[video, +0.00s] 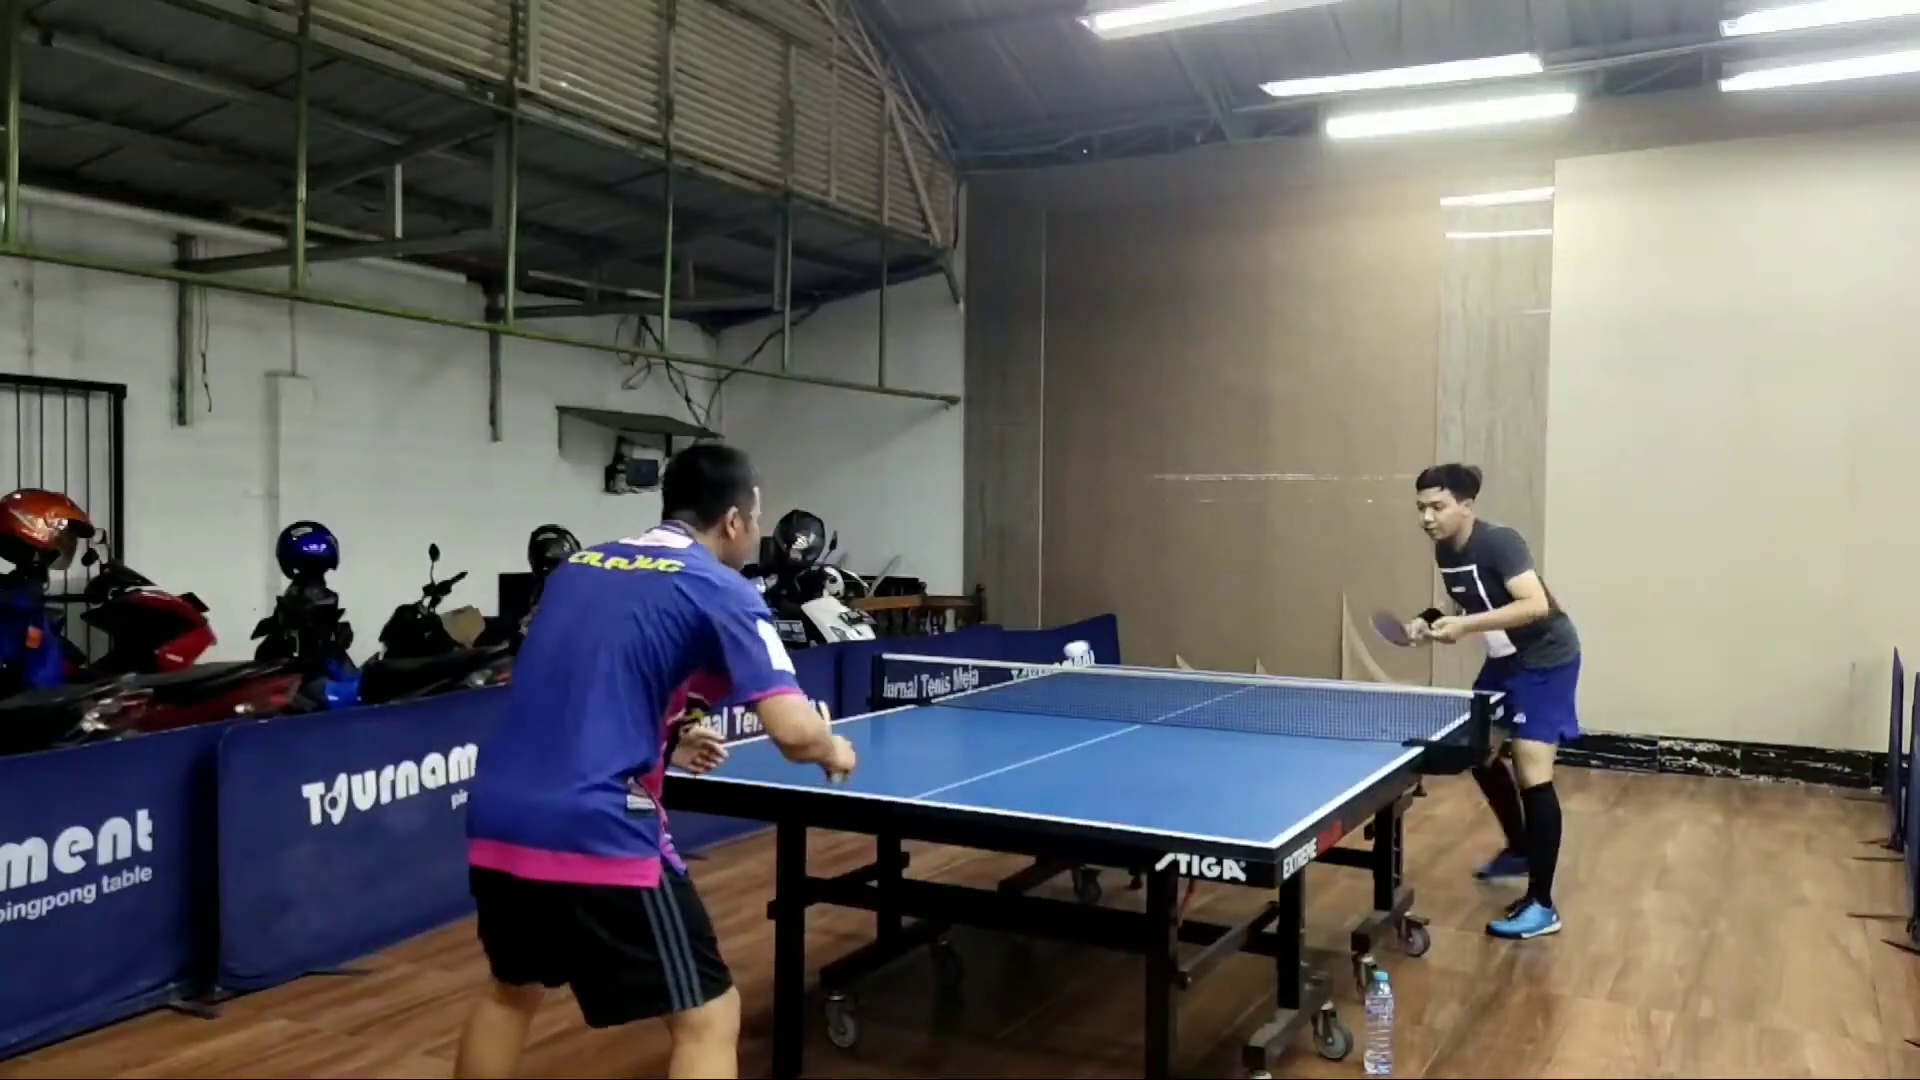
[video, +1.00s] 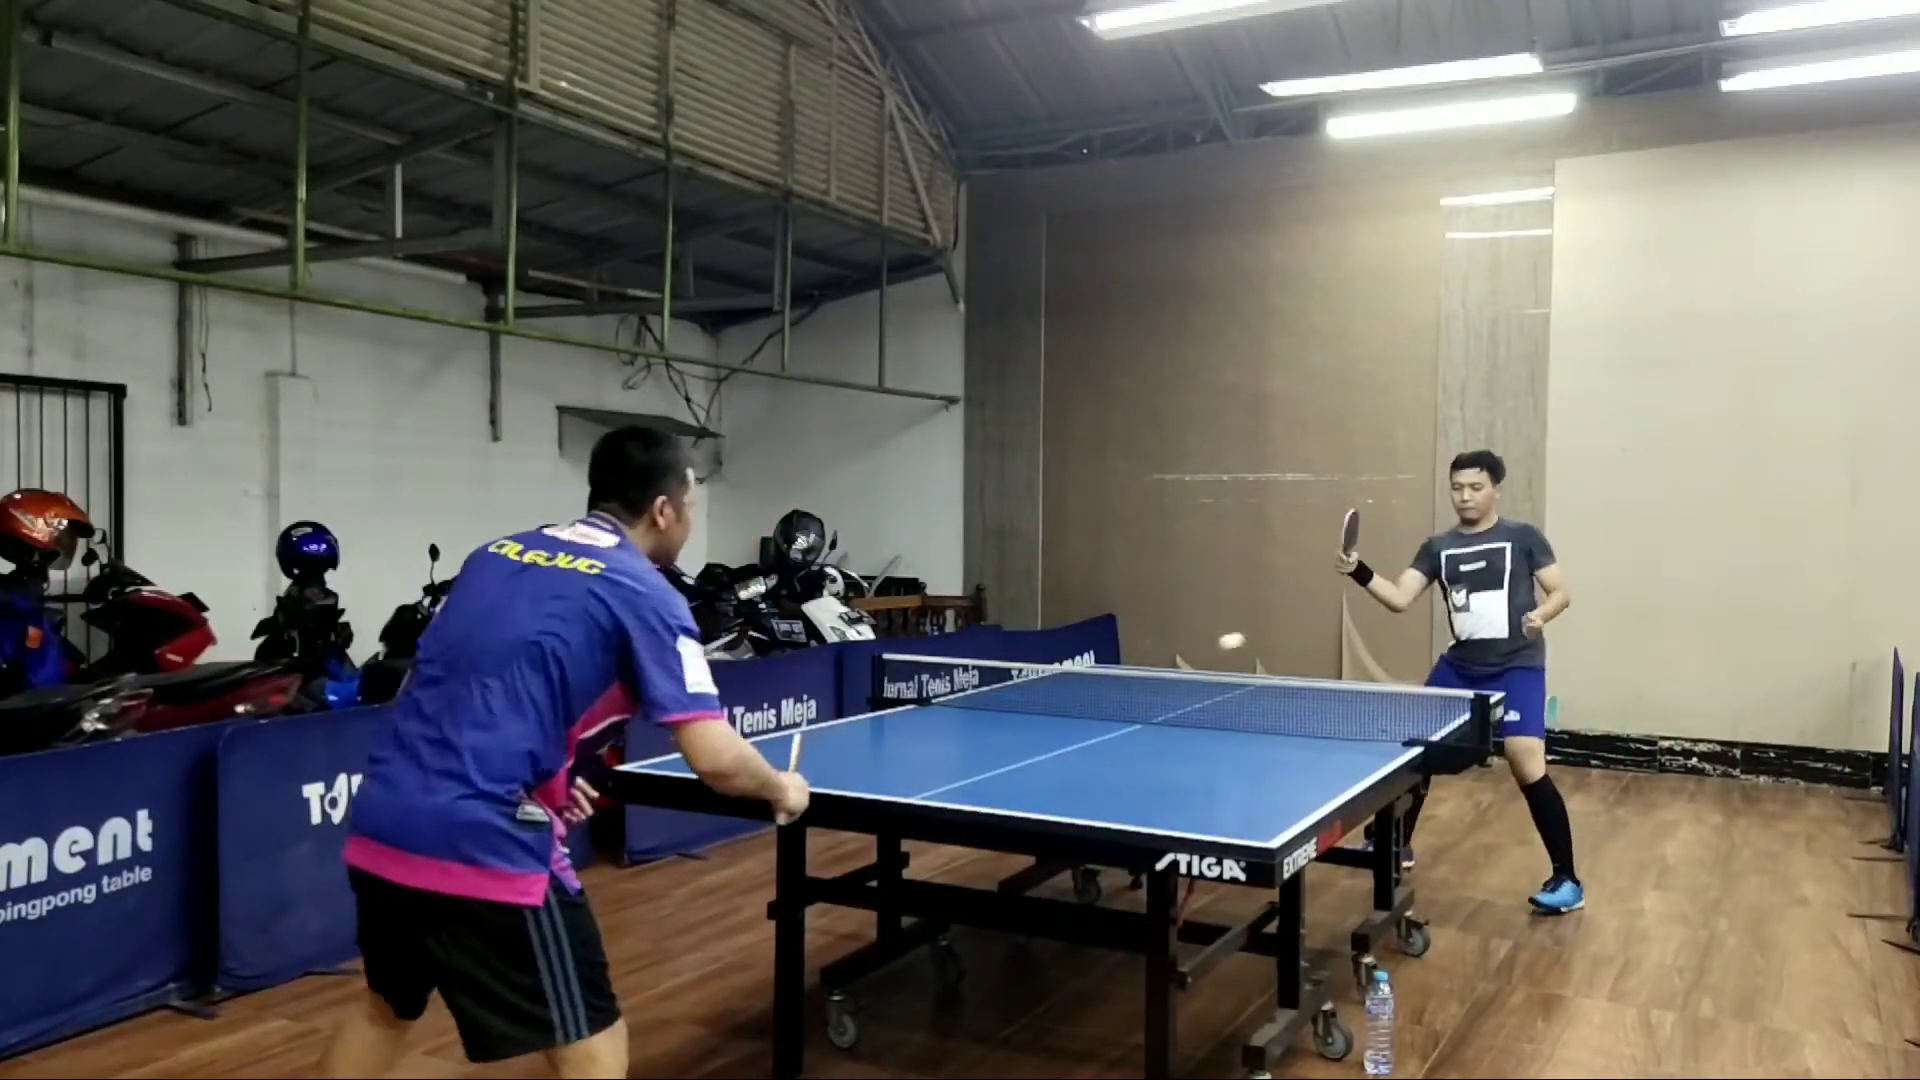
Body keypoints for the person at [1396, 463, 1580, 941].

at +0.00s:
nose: (1427, 517)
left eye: (1436, 506)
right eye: (1422, 509)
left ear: (1465, 505)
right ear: (1423, 511)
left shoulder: (1500, 543)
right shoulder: (1446, 551)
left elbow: (1537, 606)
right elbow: (1472, 606)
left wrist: (1466, 624)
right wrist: (1434, 621)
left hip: (1545, 659)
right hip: (1502, 660)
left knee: (1531, 767)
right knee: (1476, 750)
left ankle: (1542, 903)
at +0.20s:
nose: (1410, 523)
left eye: (1419, 514)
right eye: (1405, 515)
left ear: (1447, 514)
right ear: (1402, 519)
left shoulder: (1477, 553)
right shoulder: (1410, 563)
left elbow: (1495, 618)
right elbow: (1405, 619)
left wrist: (1424, 617)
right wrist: (1360, 624)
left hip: (1500, 678)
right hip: (1444, 676)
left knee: (1514, 774)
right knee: (1400, 746)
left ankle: (1540, 898)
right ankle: (1392, 842)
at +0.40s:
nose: (1388, 513)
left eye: (1397, 504)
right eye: (1382, 506)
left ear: (1424, 503)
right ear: (1380, 510)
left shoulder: (1451, 543)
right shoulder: (1397, 559)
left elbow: (1461, 603)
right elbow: (1400, 618)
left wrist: (1392, 611)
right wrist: (1358, 634)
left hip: (1482, 668)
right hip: (1432, 666)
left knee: (1490, 770)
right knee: (1385, 742)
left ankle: (1551, 878)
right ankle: (1390, 842)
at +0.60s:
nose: (1396, 523)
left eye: (1404, 513)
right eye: (1389, 516)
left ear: (1430, 513)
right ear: (1386, 521)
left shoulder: (1455, 549)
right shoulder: (1407, 570)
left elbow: (1472, 602)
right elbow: (1411, 625)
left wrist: (1407, 599)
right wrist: (1388, 645)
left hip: (1491, 675)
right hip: (1441, 674)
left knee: (1499, 777)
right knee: (1387, 738)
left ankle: (1561, 881)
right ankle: (1389, 841)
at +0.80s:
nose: (1439, 528)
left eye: (1448, 518)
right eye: (1432, 520)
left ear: (1471, 516)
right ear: (1426, 522)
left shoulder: (1501, 554)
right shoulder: (1423, 571)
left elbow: (1530, 606)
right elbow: (1393, 623)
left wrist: (1477, 603)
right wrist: (1399, 651)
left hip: (1508, 679)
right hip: (1451, 683)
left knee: (1510, 768)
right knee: (1392, 747)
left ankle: (1563, 881)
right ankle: (1389, 844)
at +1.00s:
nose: (1465, 496)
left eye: (1475, 487)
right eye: (1457, 488)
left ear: (1496, 490)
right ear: (1450, 493)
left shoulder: (1523, 537)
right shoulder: (1438, 548)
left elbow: (1560, 593)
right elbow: (1399, 597)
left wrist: (1541, 615)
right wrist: (1359, 571)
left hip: (1516, 666)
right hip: (1459, 665)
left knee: (1525, 762)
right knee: (1413, 744)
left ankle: (1565, 879)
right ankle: (1394, 843)